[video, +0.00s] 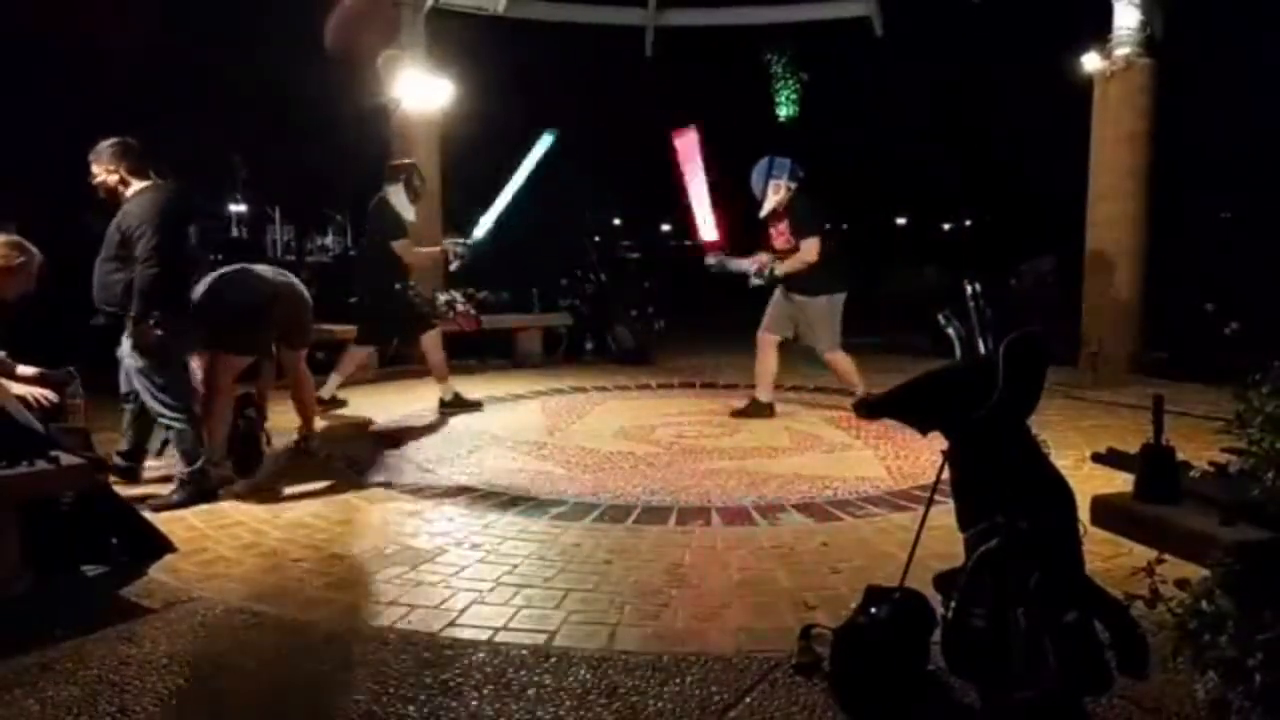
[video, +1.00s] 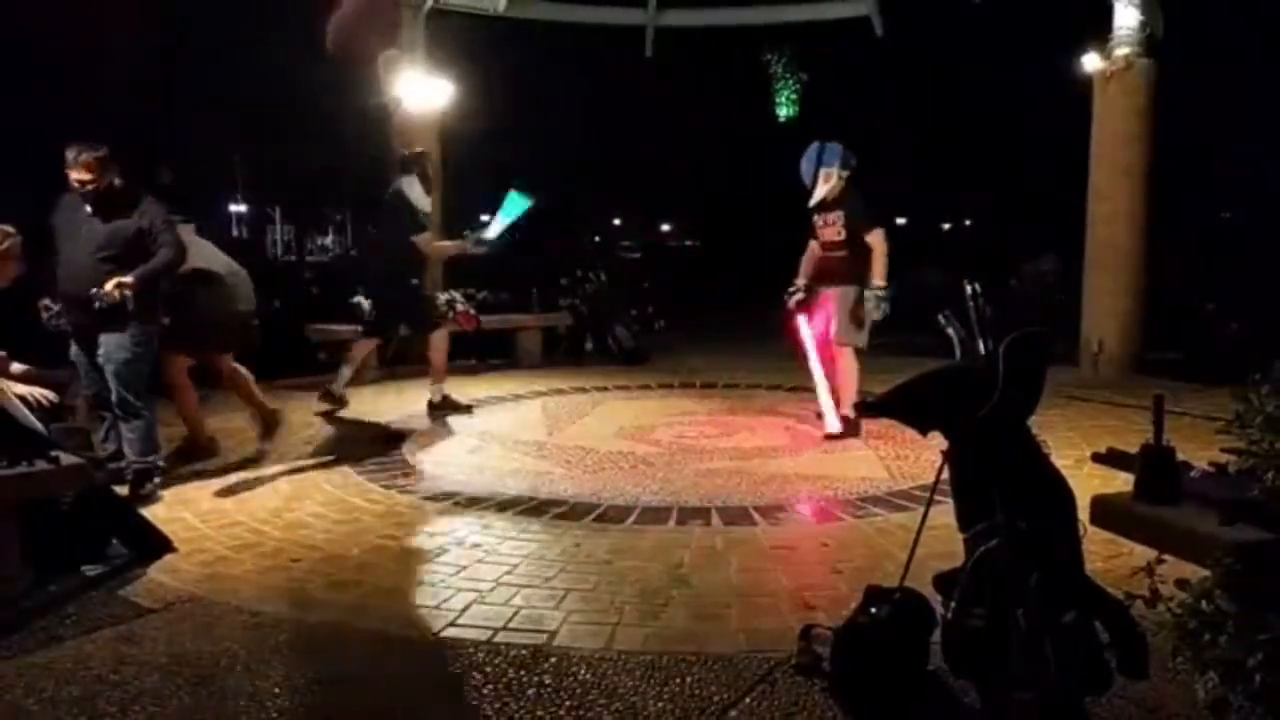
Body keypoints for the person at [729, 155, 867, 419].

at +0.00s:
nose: (767, 195)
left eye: (771, 188)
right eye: (765, 189)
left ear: (783, 186)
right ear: (765, 187)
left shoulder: (804, 209)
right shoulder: (773, 213)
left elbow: (810, 254)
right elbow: (776, 253)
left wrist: (777, 268)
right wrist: (746, 263)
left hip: (822, 292)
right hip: (789, 289)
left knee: (829, 352)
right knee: (767, 338)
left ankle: (862, 394)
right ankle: (763, 401)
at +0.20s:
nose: (758, 187)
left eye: (763, 180)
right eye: (756, 181)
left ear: (776, 180)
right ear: (753, 182)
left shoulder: (794, 205)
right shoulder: (758, 215)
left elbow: (806, 250)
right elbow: (733, 247)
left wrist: (780, 278)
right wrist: (700, 259)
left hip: (815, 284)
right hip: (783, 285)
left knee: (816, 344)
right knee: (766, 339)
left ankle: (850, 397)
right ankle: (763, 401)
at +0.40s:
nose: (771, 191)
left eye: (776, 184)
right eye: (767, 185)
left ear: (788, 182)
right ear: (760, 184)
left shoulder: (804, 208)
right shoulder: (763, 215)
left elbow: (821, 252)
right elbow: (747, 250)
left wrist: (797, 279)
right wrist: (718, 276)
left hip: (816, 285)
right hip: (783, 285)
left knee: (816, 345)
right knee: (763, 340)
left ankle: (845, 412)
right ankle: (761, 401)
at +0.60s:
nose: (795, 189)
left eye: (800, 181)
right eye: (790, 182)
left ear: (812, 178)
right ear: (785, 181)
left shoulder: (828, 206)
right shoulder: (788, 210)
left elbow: (842, 252)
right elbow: (786, 253)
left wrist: (811, 282)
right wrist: (773, 291)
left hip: (832, 284)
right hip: (798, 284)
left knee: (821, 347)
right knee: (783, 343)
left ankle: (846, 414)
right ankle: (769, 399)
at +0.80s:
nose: (810, 175)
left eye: (816, 168)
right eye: (806, 168)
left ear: (829, 167)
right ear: (801, 168)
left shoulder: (842, 197)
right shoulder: (805, 202)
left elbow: (861, 241)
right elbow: (806, 245)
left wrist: (838, 278)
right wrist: (799, 282)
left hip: (851, 281)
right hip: (818, 281)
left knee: (840, 345)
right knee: (801, 335)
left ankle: (847, 413)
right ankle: (813, 399)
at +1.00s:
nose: (822, 180)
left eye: (828, 173)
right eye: (818, 174)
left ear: (840, 172)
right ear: (813, 174)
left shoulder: (855, 203)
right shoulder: (817, 206)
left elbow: (879, 244)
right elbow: (814, 248)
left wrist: (877, 288)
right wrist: (801, 282)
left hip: (849, 287)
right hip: (823, 289)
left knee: (844, 347)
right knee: (827, 349)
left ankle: (848, 413)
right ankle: (838, 409)